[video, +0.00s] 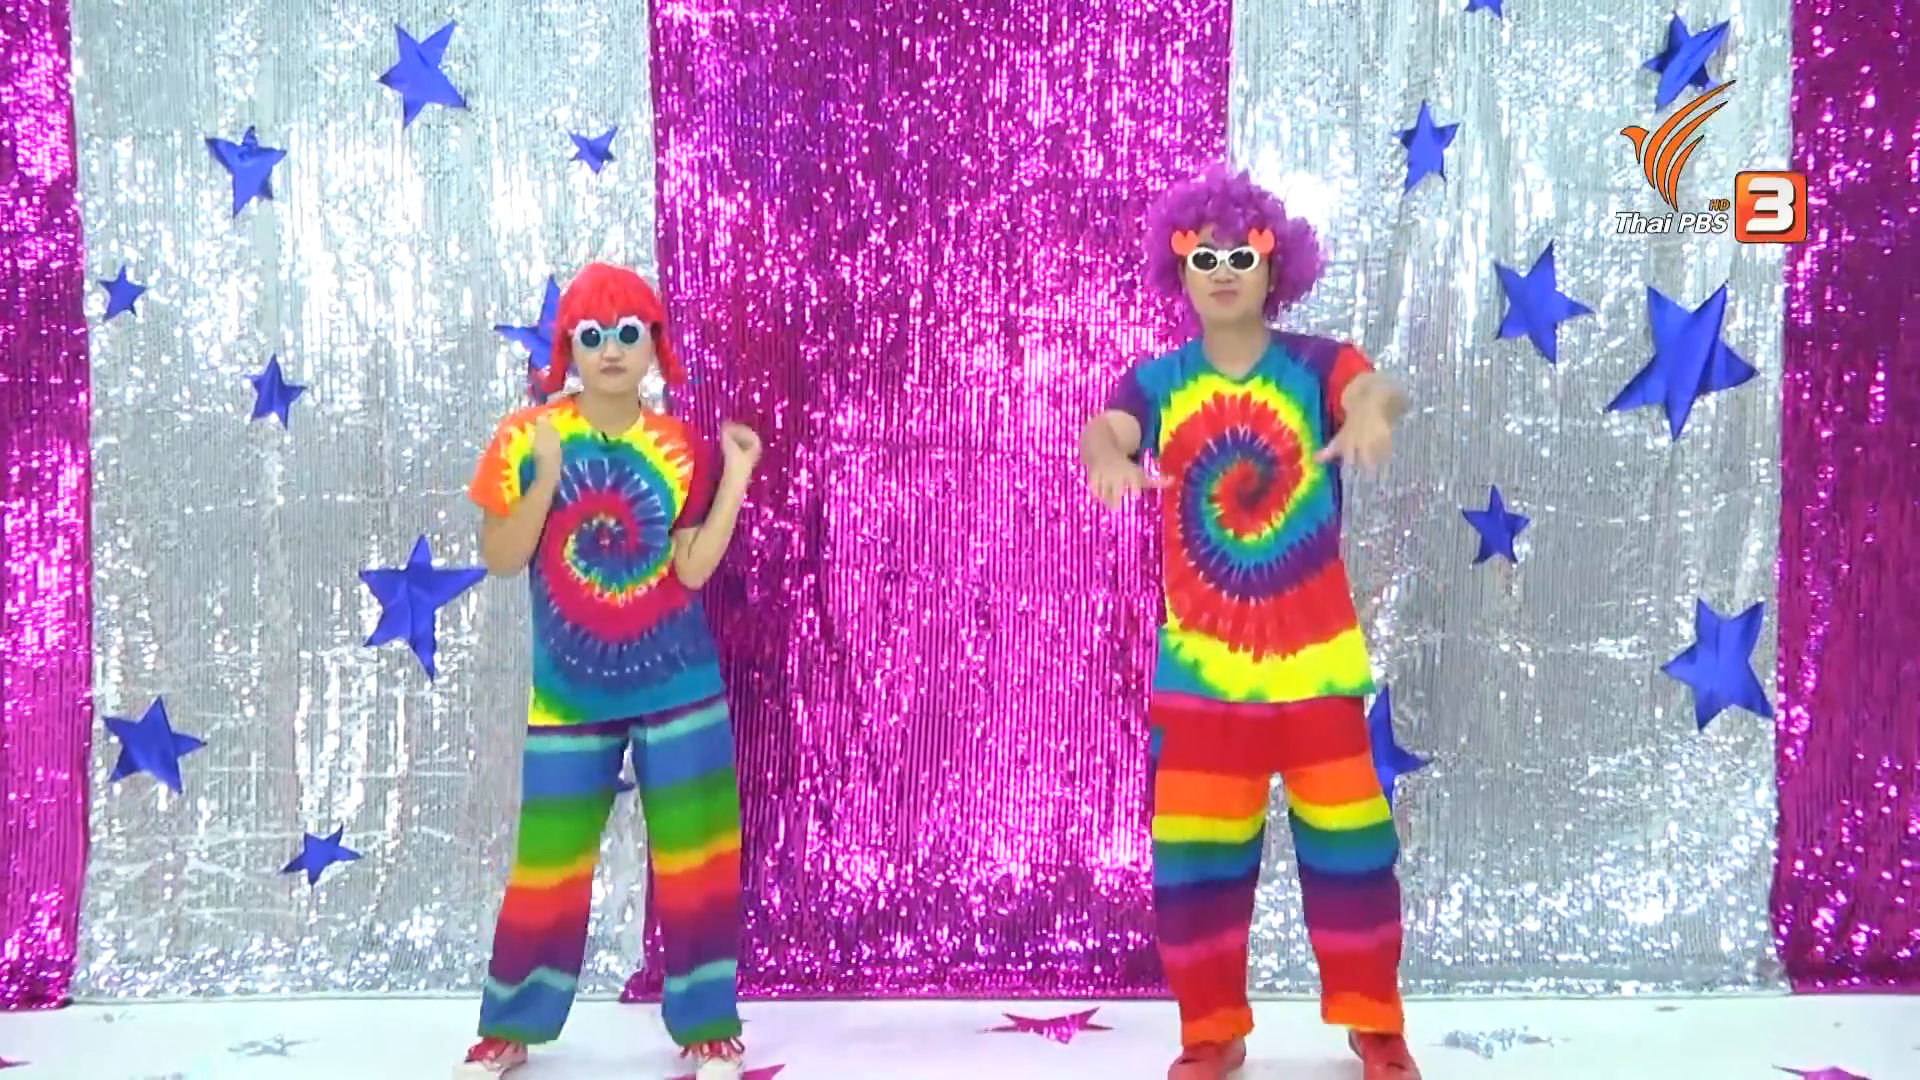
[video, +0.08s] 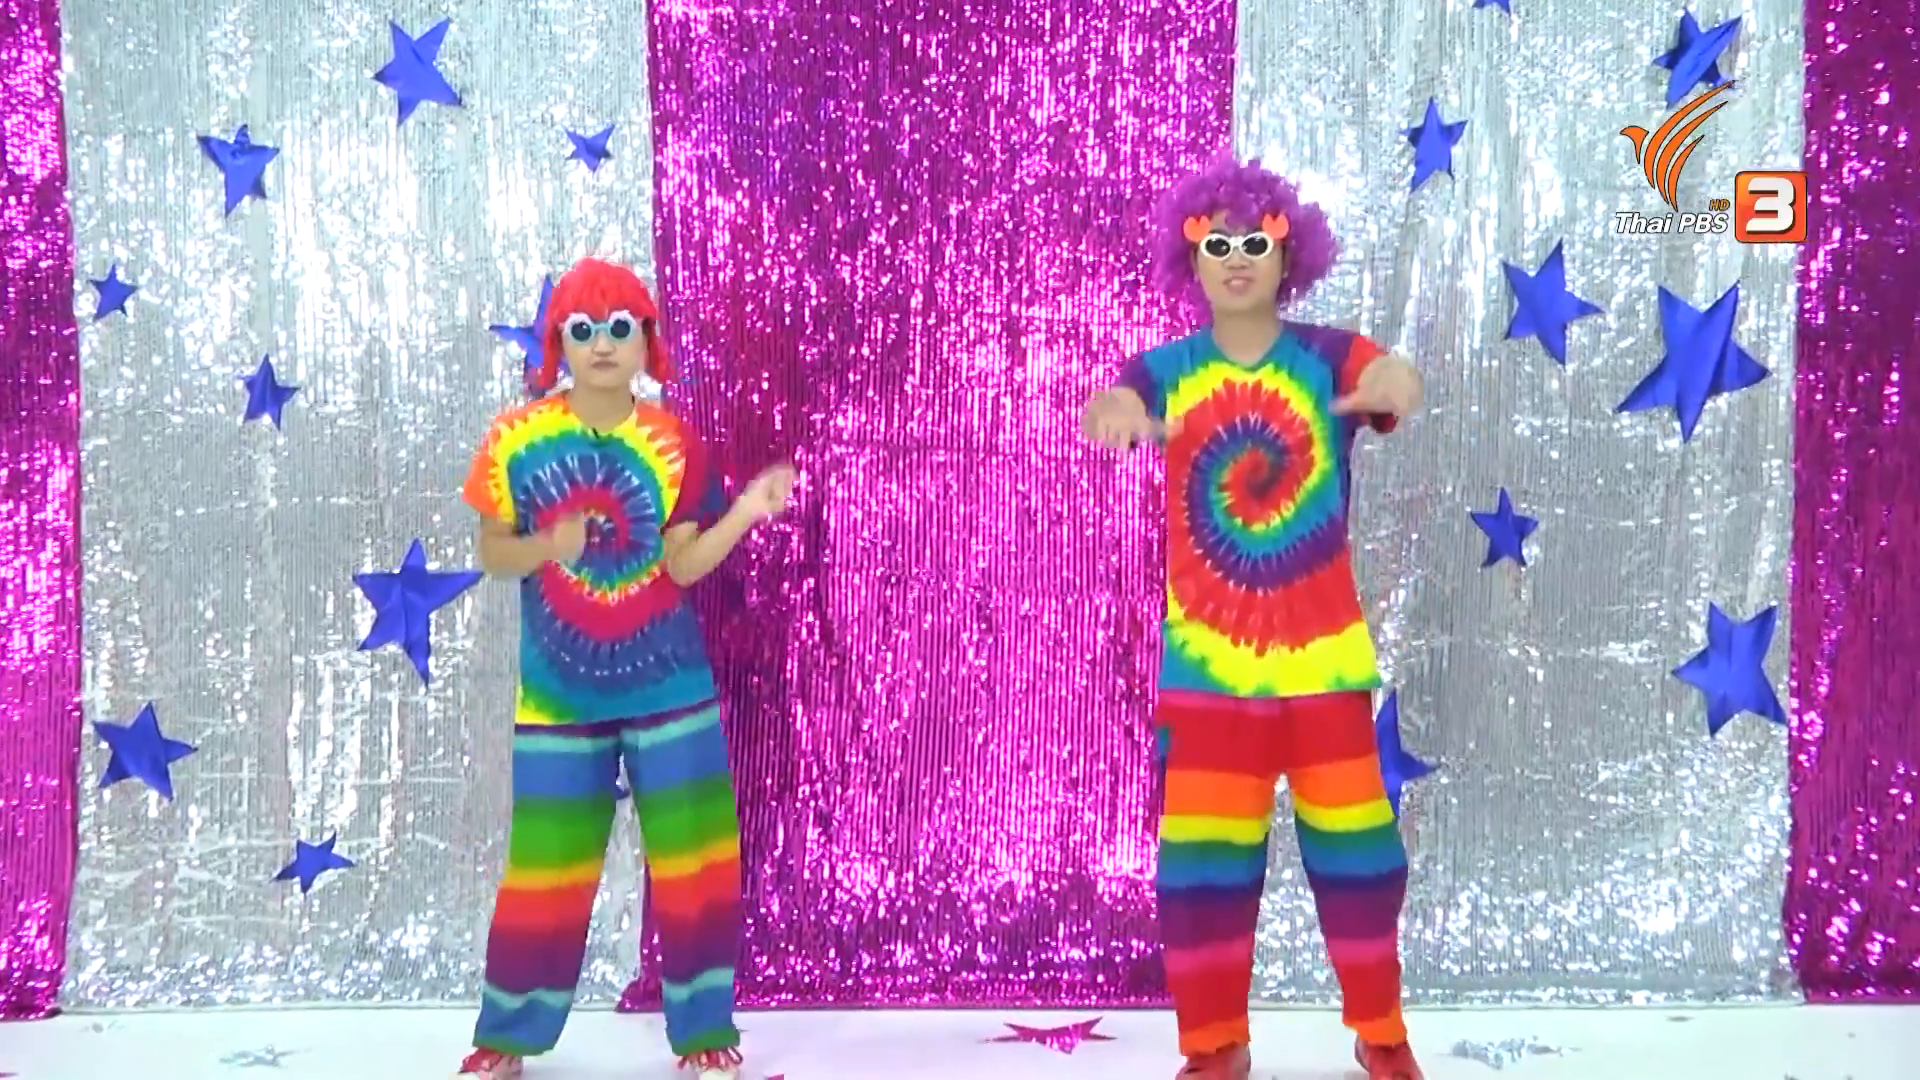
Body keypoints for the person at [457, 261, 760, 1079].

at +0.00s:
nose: (611, 350)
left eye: (628, 334)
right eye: (592, 336)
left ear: (654, 349)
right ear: (567, 353)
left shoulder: (677, 442)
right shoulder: (528, 436)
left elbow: (694, 567)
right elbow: (500, 556)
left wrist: (735, 477)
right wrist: (545, 474)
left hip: (679, 680)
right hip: (571, 687)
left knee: (697, 856)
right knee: (545, 859)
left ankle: (710, 1028)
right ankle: (509, 1030)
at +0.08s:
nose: (602, 345)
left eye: (620, 329)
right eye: (583, 330)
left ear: (646, 344)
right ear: (557, 346)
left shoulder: (670, 439)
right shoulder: (518, 439)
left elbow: (685, 563)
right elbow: (492, 554)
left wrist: (744, 511)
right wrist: (547, 544)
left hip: (669, 679)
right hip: (560, 686)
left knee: (694, 856)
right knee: (545, 862)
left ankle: (705, 1034)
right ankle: (505, 1038)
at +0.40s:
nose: (543, 351)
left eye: (561, 331)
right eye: (523, 336)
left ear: (595, 340)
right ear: (504, 353)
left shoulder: (644, 430)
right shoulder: (484, 452)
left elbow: (719, 526)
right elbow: (452, 578)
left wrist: (622, 460)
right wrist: (405, 489)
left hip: (612, 708)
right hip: (492, 708)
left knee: (642, 916)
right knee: (477, 917)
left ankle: (677, 1071)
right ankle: (477, 1072)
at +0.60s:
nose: (530, 371)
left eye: (550, 352)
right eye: (510, 355)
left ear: (582, 362)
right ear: (487, 371)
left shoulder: (636, 456)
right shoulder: (460, 478)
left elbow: (721, 553)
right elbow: (444, 613)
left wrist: (613, 548)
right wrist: (378, 574)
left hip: (593, 756)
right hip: (466, 749)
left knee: (609, 963)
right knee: (443, 960)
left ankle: (643, 1073)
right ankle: (445, 1071)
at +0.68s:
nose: (538, 367)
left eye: (558, 349)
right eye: (516, 350)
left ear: (586, 363)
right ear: (490, 365)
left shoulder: (627, 457)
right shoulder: (451, 470)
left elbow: (732, 545)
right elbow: (410, 607)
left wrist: (671, 614)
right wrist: (375, 635)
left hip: (599, 747)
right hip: (473, 744)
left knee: (615, 956)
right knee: (443, 956)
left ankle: (638, 1076)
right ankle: (438, 1071)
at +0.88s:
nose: (542, 380)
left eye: (565, 363)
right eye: (523, 359)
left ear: (588, 382)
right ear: (491, 370)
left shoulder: (614, 472)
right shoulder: (434, 478)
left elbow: (730, 555)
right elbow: (359, 602)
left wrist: (729, 541)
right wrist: (466, 561)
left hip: (615, 765)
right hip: (486, 768)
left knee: (638, 996)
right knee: (455, 997)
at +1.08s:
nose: (539, 415)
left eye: (561, 395)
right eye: (516, 395)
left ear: (586, 413)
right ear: (483, 409)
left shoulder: (607, 518)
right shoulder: (426, 515)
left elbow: (678, 659)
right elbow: (360, 646)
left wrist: (663, 545)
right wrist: (464, 572)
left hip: (619, 808)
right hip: (489, 816)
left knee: (653, 1039)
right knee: (474, 1049)